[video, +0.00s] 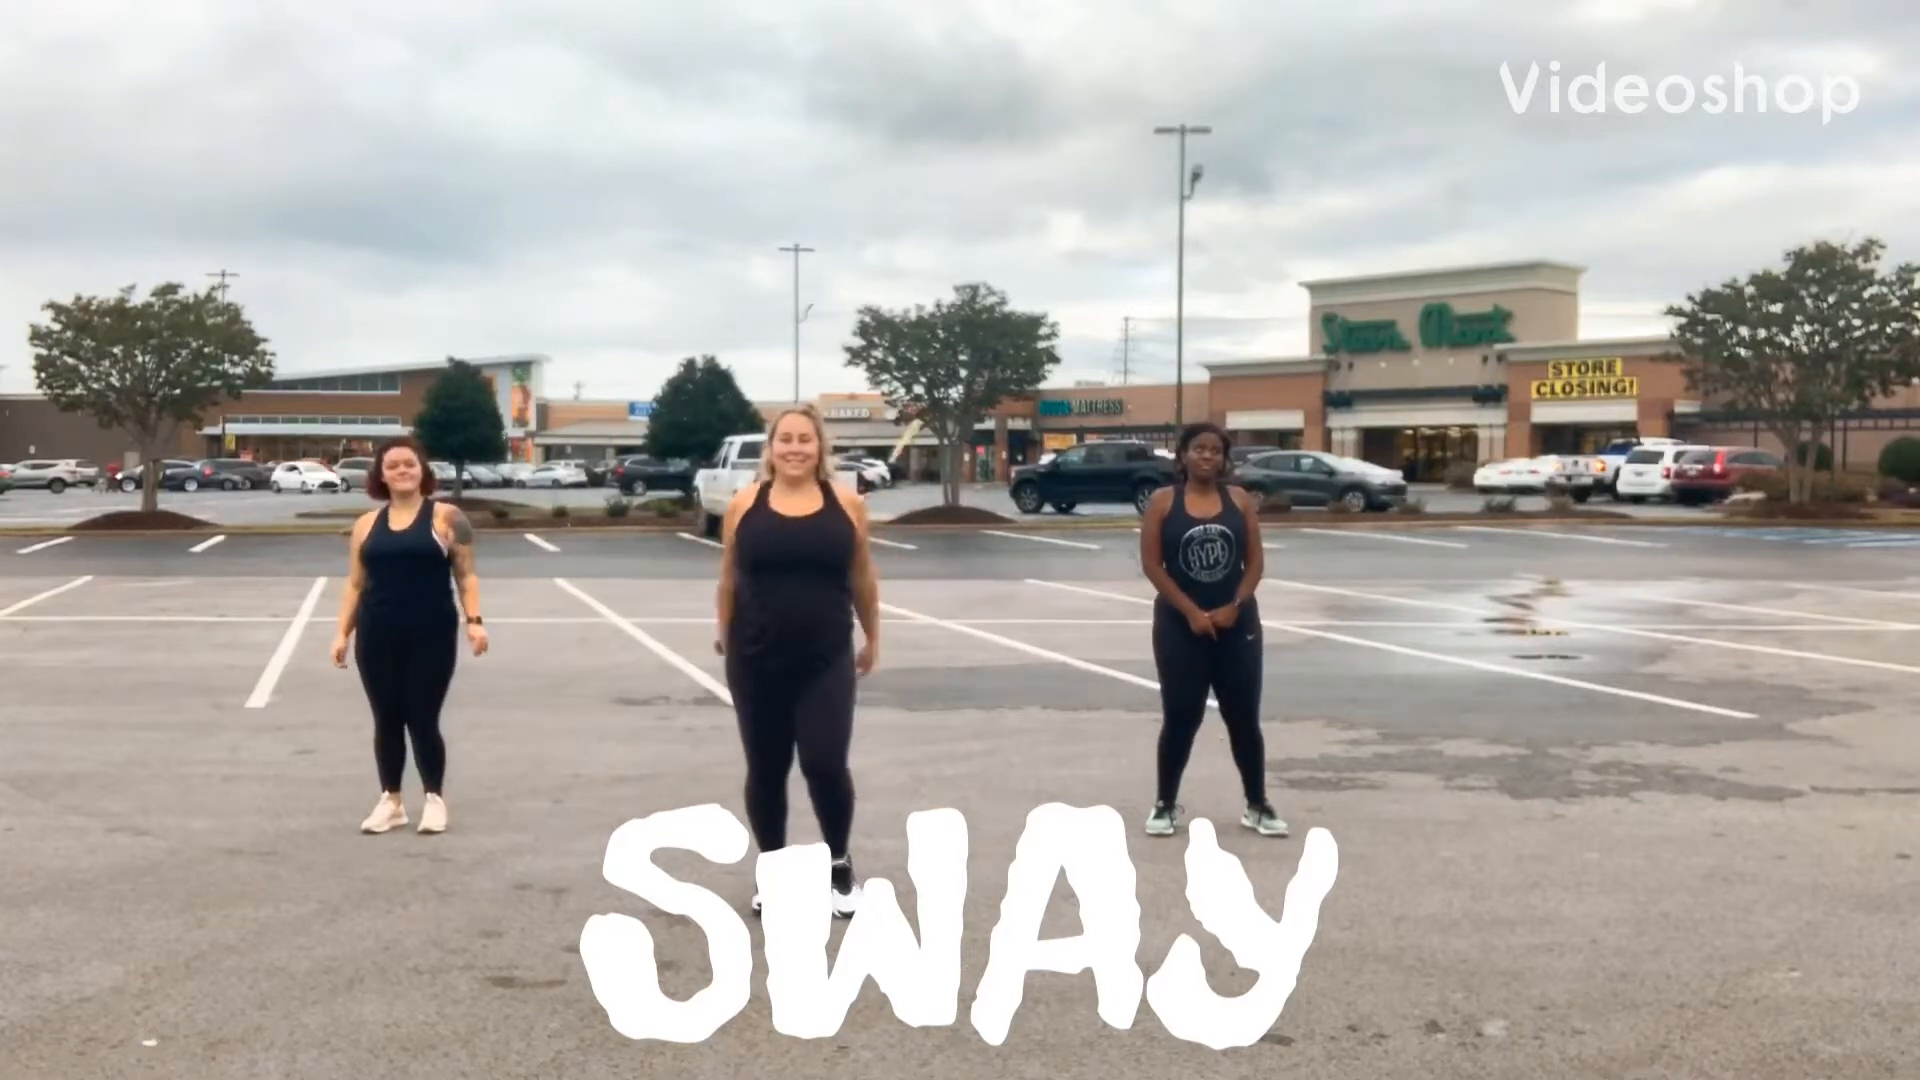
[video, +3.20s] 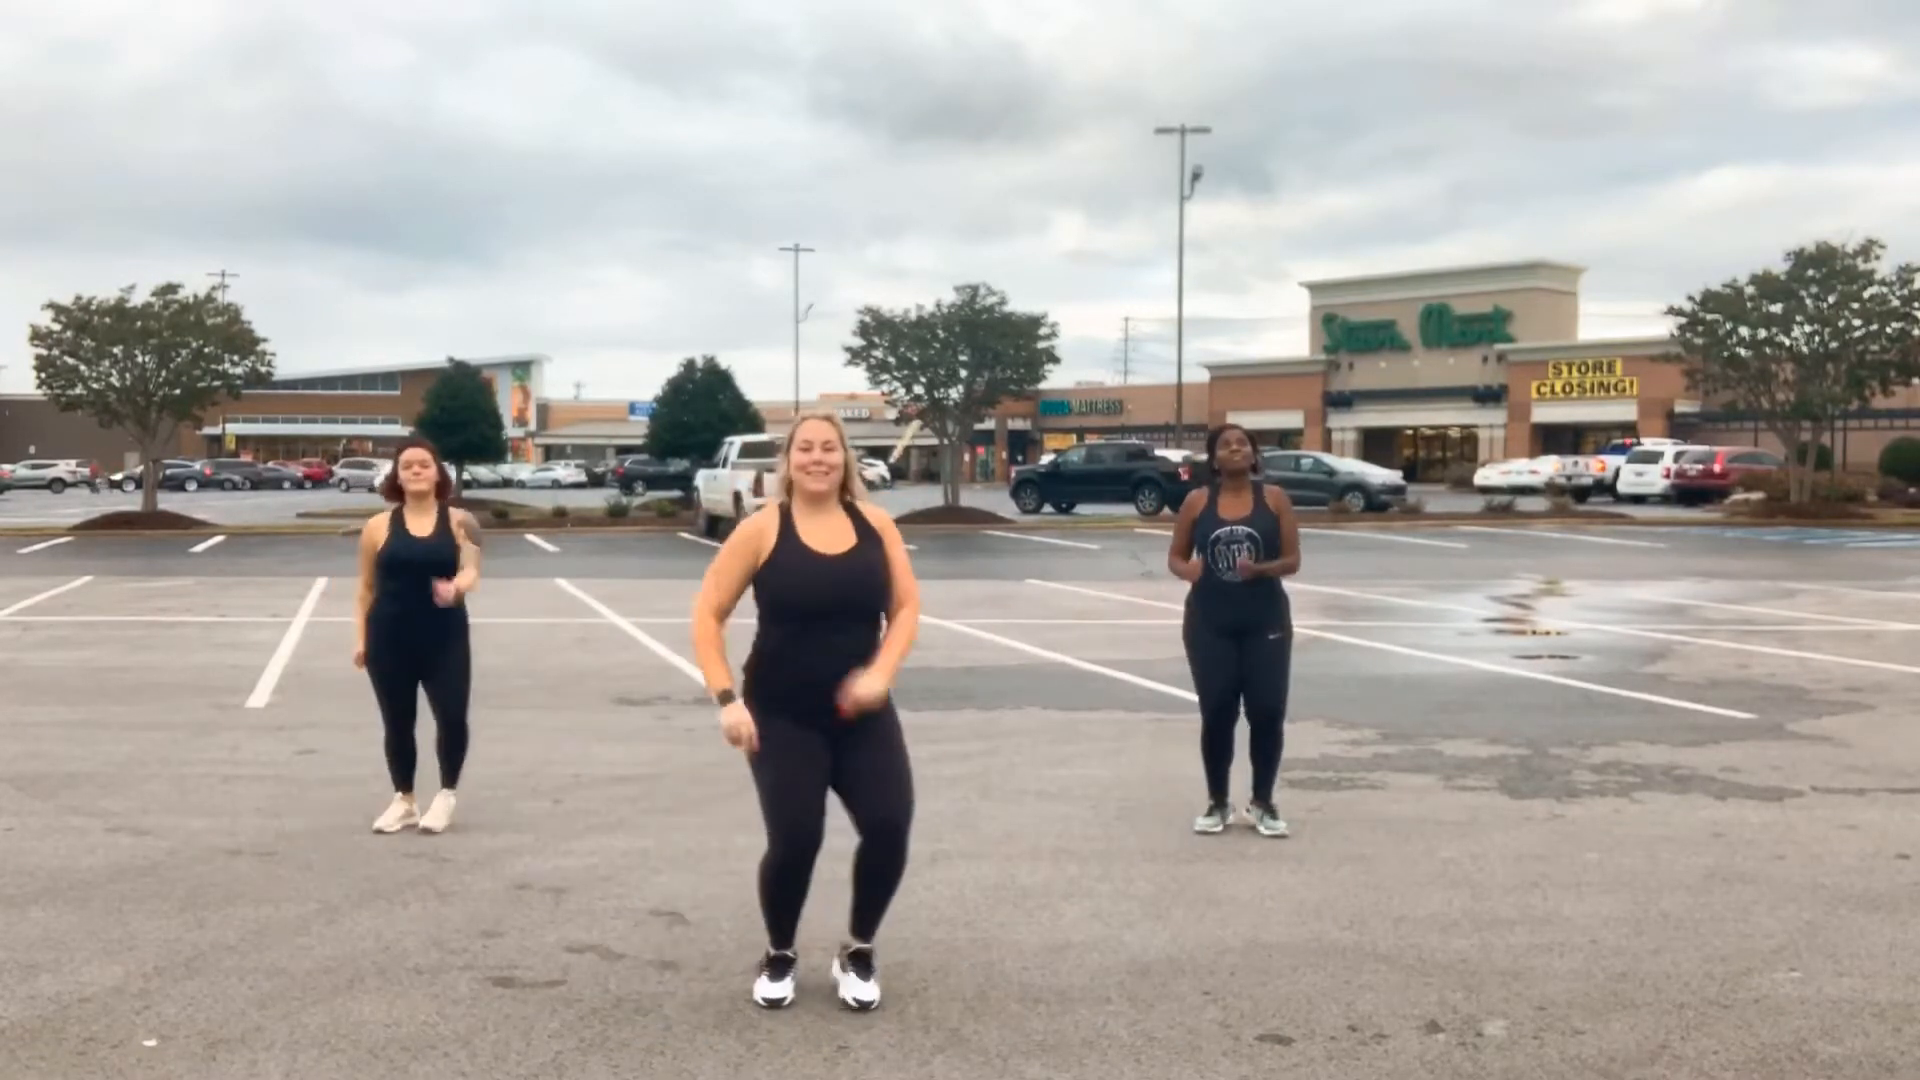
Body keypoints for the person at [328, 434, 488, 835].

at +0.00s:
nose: (402, 471)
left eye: (409, 464)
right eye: (393, 466)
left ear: (422, 470)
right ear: (382, 475)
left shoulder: (446, 518)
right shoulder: (366, 524)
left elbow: (465, 574)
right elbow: (355, 584)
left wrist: (474, 621)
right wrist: (343, 633)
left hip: (431, 635)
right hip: (377, 637)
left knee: (421, 719)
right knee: (387, 719)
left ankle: (433, 799)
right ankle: (391, 800)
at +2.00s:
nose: (408, 472)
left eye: (416, 464)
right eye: (400, 466)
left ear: (430, 471)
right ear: (389, 474)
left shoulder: (452, 520)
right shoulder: (369, 522)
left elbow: (470, 570)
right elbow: (353, 581)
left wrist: (467, 596)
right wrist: (348, 633)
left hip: (437, 636)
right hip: (382, 637)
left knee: (427, 719)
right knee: (394, 721)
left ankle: (434, 800)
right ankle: (401, 799)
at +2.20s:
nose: (404, 474)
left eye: (412, 467)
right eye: (396, 468)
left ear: (426, 473)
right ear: (385, 477)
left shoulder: (450, 522)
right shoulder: (367, 528)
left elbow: (472, 574)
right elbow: (354, 585)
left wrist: (467, 616)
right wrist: (348, 629)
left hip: (435, 641)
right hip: (380, 641)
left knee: (428, 724)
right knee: (359, 720)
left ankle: (435, 799)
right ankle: (378, 791)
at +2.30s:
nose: (399, 471)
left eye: (407, 464)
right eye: (391, 465)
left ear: (422, 471)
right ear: (380, 475)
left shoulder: (445, 519)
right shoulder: (362, 524)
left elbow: (483, 567)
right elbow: (349, 576)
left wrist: (472, 618)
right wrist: (341, 597)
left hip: (427, 638)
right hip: (372, 635)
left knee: (423, 721)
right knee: (340, 714)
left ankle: (434, 799)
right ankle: (334, 790)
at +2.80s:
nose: (407, 472)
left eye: (415, 466)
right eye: (399, 467)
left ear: (428, 474)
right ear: (387, 476)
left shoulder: (449, 523)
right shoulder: (369, 522)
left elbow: (473, 578)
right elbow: (345, 578)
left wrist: (453, 588)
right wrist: (314, 595)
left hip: (437, 640)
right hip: (384, 637)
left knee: (424, 722)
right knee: (344, 710)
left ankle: (434, 799)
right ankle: (336, 792)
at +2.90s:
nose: (409, 466)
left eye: (417, 459)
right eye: (401, 461)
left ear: (432, 467)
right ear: (391, 470)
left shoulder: (452, 514)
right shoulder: (373, 518)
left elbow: (486, 561)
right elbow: (351, 568)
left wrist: (452, 550)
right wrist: (332, 599)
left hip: (439, 633)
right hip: (385, 631)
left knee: (427, 717)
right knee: (365, 712)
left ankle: (434, 798)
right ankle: (377, 789)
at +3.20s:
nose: (416, 471)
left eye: (424, 465)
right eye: (408, 466)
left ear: (438, 473)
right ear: (397, 476)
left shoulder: (459, 523)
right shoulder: (377, 527)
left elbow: (470, 571)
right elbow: (366, 588)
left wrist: (456, 586)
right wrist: (362, 640)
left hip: (445, 638)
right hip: (388, 638)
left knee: (452, 719)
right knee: (397, 724)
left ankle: (447, 794)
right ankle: (404, 799)